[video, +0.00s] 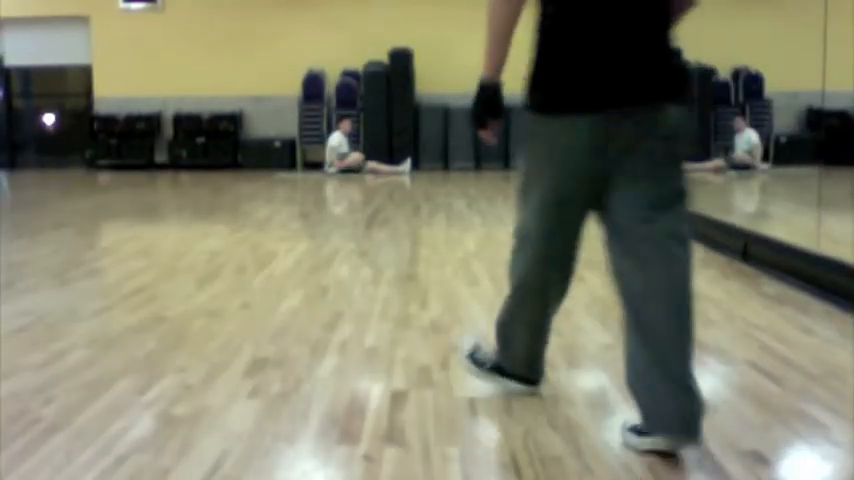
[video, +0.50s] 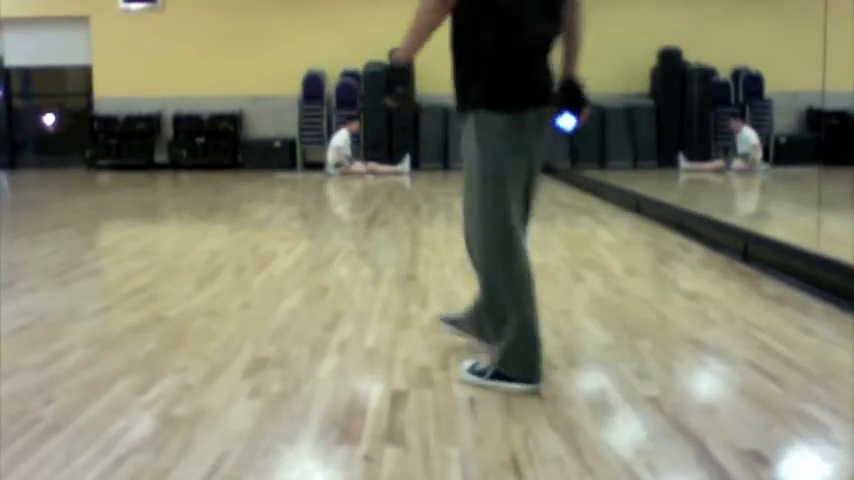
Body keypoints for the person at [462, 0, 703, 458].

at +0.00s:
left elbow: (509, 0)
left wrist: (490, 80)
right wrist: (649, 31)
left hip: (568, 85)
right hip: (649, 82)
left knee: (543, 236)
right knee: (654, 254)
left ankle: (518, 359)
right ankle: (672, 418)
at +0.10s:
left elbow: (495, 3)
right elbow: (659, 1)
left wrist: (482, 89)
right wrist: (623, 41)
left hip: (545, 89)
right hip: (620, 85)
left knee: (531, 236)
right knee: (630, 233)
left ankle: (517, 361)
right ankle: (658, 390)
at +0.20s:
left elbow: (475, 6)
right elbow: (629, 2)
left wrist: (457, 87)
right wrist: (601, 54)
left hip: (515, 86)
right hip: (580, 80)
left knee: (505, 231)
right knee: (583, 207)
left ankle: (515, 364)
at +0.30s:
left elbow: (462, 5)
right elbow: (612, 3)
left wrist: (438, 78)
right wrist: (591, 60)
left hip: (507, 83)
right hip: (570, 78)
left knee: (501, 226)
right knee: (552, 199)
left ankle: (513, 363)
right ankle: (572, 311)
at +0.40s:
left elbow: (443, 4)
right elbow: (590, 6)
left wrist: (413, 61)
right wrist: (581, 69)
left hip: (501, 85)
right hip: (543, 81)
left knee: (500, 228)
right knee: (499, 224)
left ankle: (518, 365)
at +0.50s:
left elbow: (438, 6)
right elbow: (572, 8)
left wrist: (404, 53)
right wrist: (569, 75)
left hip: (494, 98)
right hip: (531, 94)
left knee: (493, 234)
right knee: (500, 222)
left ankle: (519, 365)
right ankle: (489, 317)